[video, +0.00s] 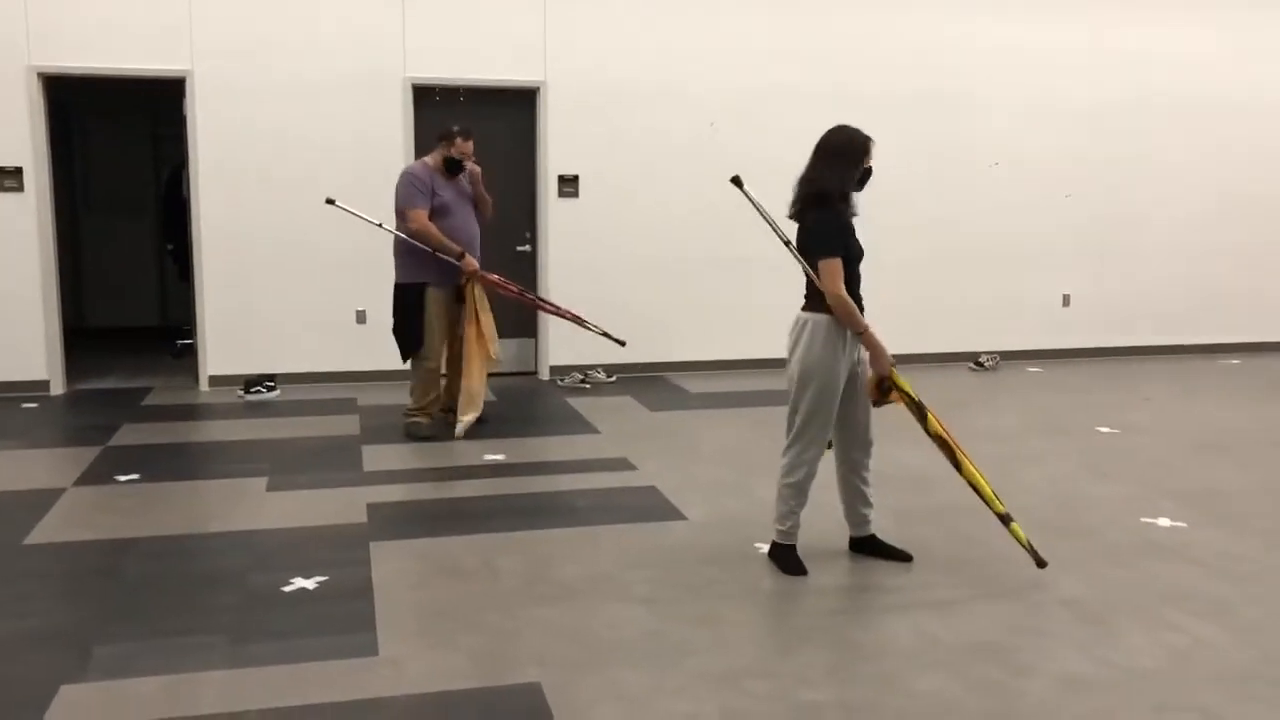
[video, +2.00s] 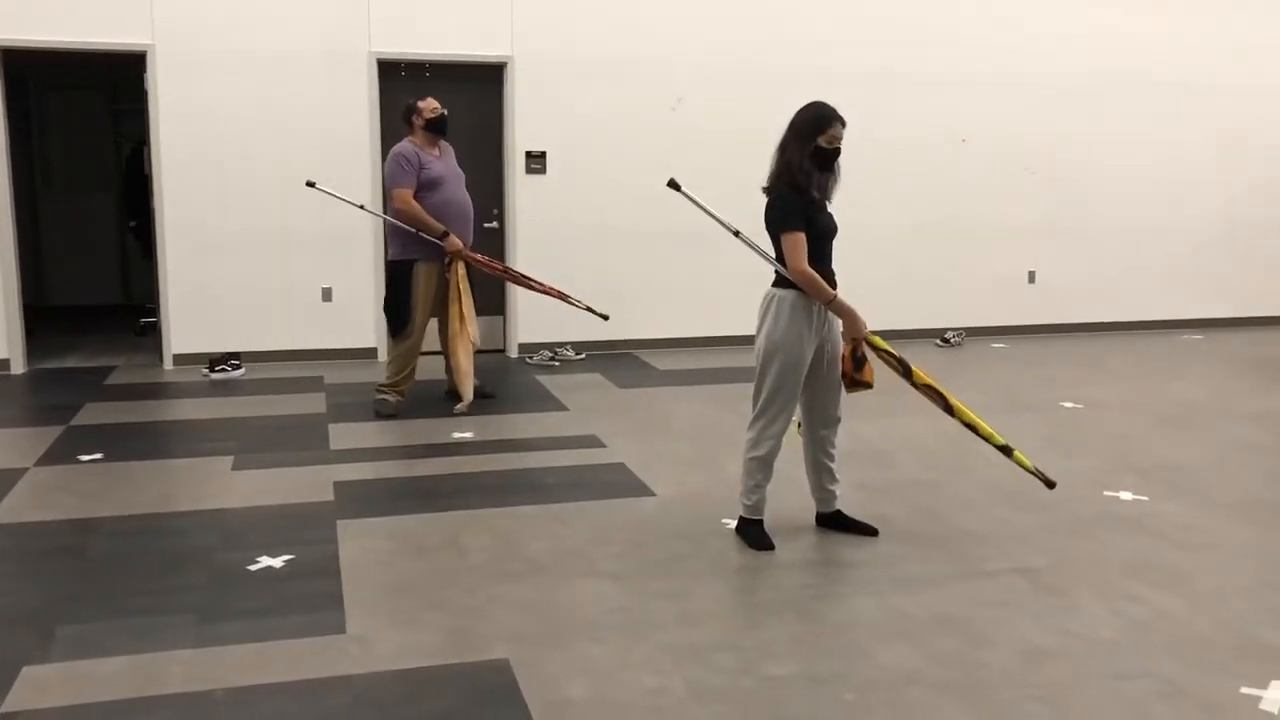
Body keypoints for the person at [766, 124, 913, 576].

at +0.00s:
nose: (868, 170)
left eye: (868, 161)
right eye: (864, 161)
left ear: (833, 159)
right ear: (846, 162)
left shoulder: (838, 212)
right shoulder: (823, 214)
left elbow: (839, 290)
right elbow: (834, 291)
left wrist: (864, 351)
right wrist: (875, 346)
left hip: (848, 334)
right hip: (821, 333)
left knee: (855, 441)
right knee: (808, 441)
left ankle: (861, 535)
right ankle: (783, 540)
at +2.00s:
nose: (832, 151)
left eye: (837, 144)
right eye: (827, 142)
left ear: (836, 142)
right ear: (804, 138)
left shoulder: (814, 193)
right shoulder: (786, 192)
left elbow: (817, 265)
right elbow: (796, 268)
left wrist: (842, 321)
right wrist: (846, 311)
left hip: (822, 311)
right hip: (790, 309)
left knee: (824, 416)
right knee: (772, 416)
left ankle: (827, 510)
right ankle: (751, 516)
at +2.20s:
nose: (827, 147)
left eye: (833, 141)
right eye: (822, 138)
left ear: (831, 141)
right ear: (800, 133)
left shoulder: (809, 192)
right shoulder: (781, 190)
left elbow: (813, 263)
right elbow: (792, 265)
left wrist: (838, 319)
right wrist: (841, 308)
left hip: (818, 308)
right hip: (786, 306)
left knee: (819, 413)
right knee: (768, 414)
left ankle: (824, 507)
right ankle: (747, 513)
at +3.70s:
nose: (830, 146)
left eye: (825, 138)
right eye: (826, 138)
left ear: (777, 143)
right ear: (821, 142)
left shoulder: (771, 192)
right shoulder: (815, 192)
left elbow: (759, 256)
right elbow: (815, 269)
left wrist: (748, 315)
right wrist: (864, 308)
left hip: (785, 304)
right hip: (803, 306)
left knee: (818, 411)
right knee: (789, 412)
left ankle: (833, 504)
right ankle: (750, 512)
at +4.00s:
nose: (829, 153)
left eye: (822, 145)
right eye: (825, 145)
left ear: (774, 149)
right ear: (819, 149)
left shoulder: (764, 200)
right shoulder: (813, 199)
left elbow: (754, 264)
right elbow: (815, 275)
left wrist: (754, 322)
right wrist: (866, 314)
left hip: (778, 311)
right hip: (800, 313)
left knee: (819, 417)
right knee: (793, 417)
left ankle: (839, 509)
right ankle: (752, 518)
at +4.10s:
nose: (828, 154)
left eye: (821, 146)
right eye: (824, 146)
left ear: (773, 151)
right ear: (818, 150)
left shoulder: (762, 201)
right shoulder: (811, 200)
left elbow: (751, 266)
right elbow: (816, 277)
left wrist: (752, 322)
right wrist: (865, 317)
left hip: (773, 314)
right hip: (798, 315)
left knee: (817, 418)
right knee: (792, 419)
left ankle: (840, 510)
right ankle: (753, 519)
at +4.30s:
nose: (824, 158)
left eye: (818, 149)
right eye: (820, 150)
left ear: (770, 154)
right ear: (813, 154)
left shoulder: (758, 204)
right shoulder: (807, 201)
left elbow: (745, 269)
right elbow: (814, 278)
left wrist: (739, 327)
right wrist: (863, 318)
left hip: (769, 316)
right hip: (792, 317)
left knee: (817, 421)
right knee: (786, 423)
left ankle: (840, 513)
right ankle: (754, 523)